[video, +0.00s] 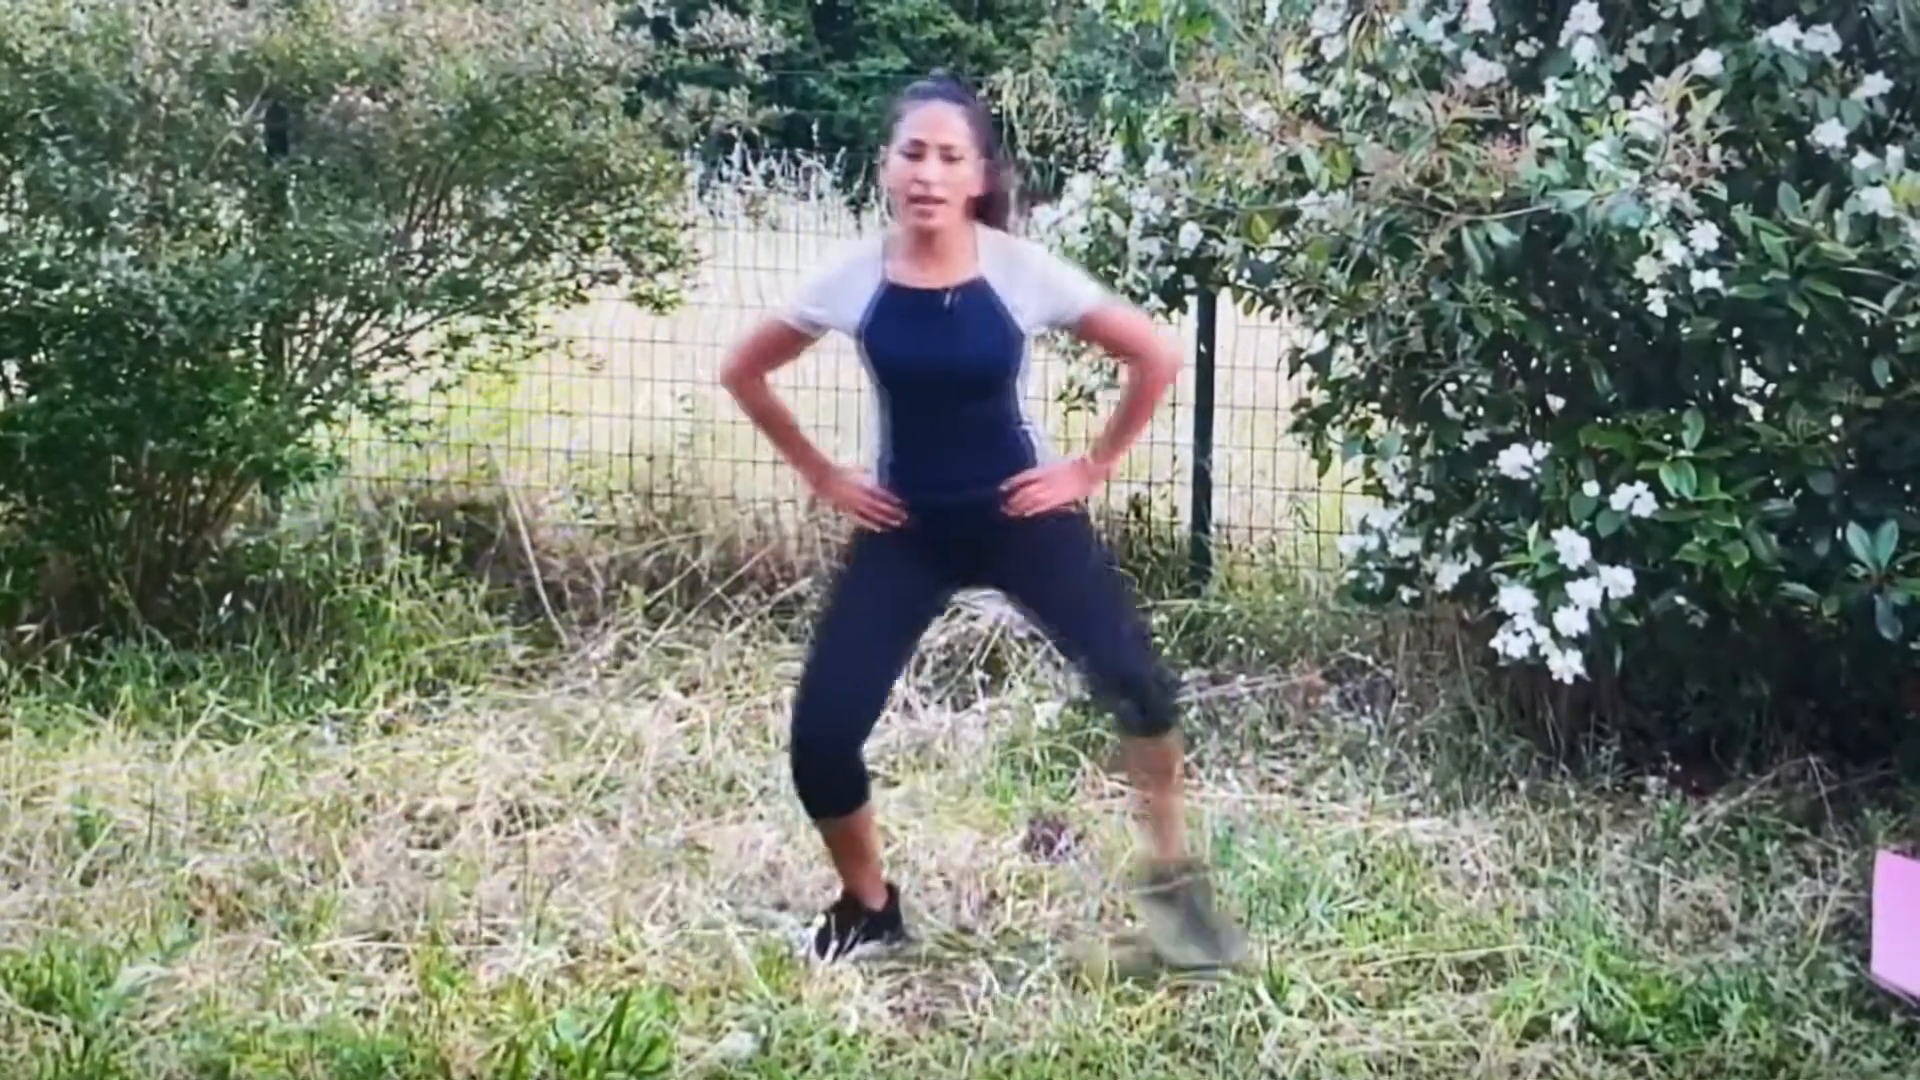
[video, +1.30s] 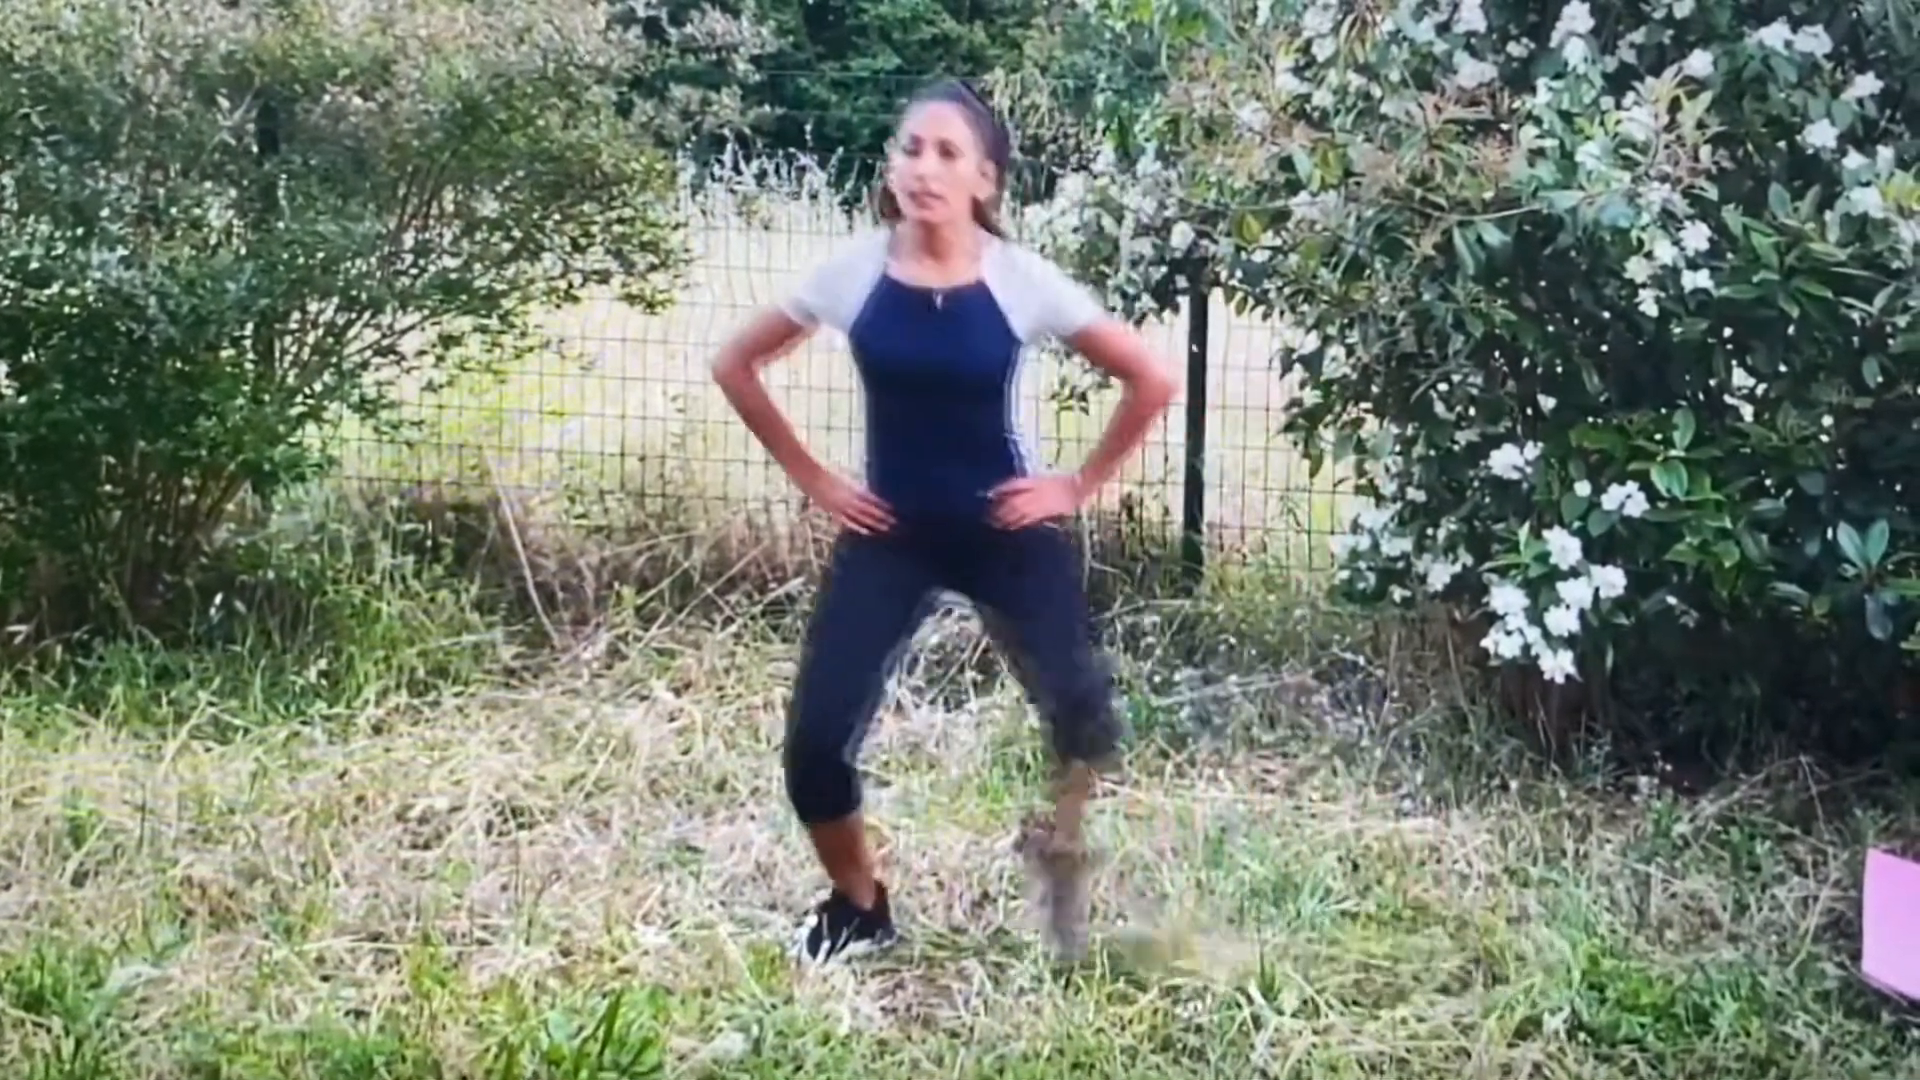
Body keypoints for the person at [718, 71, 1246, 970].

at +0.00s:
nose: (924, 171)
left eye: (947, 155)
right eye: (910, 151)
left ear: (982, 178)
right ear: (885, 169)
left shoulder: (1018, 269)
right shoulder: (857, 278)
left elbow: (1160, 356)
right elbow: (742, 372)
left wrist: (1092, 466)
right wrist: (823, 476)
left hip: (1024, 526)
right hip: (903, 536)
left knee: (1141, 684)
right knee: (820, 741)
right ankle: (869, 908)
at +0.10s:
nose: (955, 181)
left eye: (977, 165)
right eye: (939, 161)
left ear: (1014, 188)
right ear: (913, 181)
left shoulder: (1053, 280)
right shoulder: (889, 287)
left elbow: (1196, 357)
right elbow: (779, 385)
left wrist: (1130, 473)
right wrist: (862, 485)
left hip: (1068, 537)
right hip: (943, 546)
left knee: (1221, 700)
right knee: (829, 741)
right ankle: (867, 908)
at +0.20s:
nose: (999, 201)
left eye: (1021, 185)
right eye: (983, 184)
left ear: (1061, 211)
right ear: (958, 209)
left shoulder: (1105, 299)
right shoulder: (942, 312)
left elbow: (1251, 387)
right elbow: (833, 410)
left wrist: (1184, 500)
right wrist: (916, 508)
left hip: (1119, 565)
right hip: (994, 571)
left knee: (1286, 728)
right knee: (853, 742)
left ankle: (1419, 917)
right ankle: (864, 905)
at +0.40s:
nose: (1103, 256)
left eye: (1123, 238)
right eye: (1089, 239)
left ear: (1166, 255)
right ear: (1069, 259)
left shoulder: (1218, 351)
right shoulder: (1048, 364)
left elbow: (1349, 448)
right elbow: (928, 450)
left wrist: (1279, 562)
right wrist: (1002, 549)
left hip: (1211, 615)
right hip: (1080, 614)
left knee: (1396, 761)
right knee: (917, 769)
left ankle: (1442, 935)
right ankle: (865, 910)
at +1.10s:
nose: (983, 210)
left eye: (1005, 193)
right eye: (970, 192)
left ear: (1048, 219)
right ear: (953, 213)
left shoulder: (1089, 317)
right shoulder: (929, 326)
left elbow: (1232, 397)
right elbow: (832, 419)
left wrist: (1174, 510)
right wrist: (906, 513)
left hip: (1107, 576)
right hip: (980, 578)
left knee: (1259, 749)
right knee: (846, 756)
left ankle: (1423, 925)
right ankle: (860, 908)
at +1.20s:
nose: (941, 185)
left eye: (966, 170)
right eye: (930, 166)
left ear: (1007, 199)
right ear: (911, 184)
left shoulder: (1045, 296)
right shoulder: (877, 294)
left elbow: (1185, 382)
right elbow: (773, 394)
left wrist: (1121, 491)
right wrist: (853, 498)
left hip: (1050, 549)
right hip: (928, 553)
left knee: (1175, 711)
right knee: (831, 753)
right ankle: (862, 910)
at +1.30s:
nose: (923, 167)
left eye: (947, 153)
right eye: (911, 148)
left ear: (985, 180)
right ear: (891, 167)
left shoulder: (1022, 281)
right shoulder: (854, 273)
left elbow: (1154, 381)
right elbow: (734, 365)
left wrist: (1082, 486)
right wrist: (816, 480)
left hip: (1011, 538)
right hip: (888, 536)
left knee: (1085, 710)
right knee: (812, 750)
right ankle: (860, 907)